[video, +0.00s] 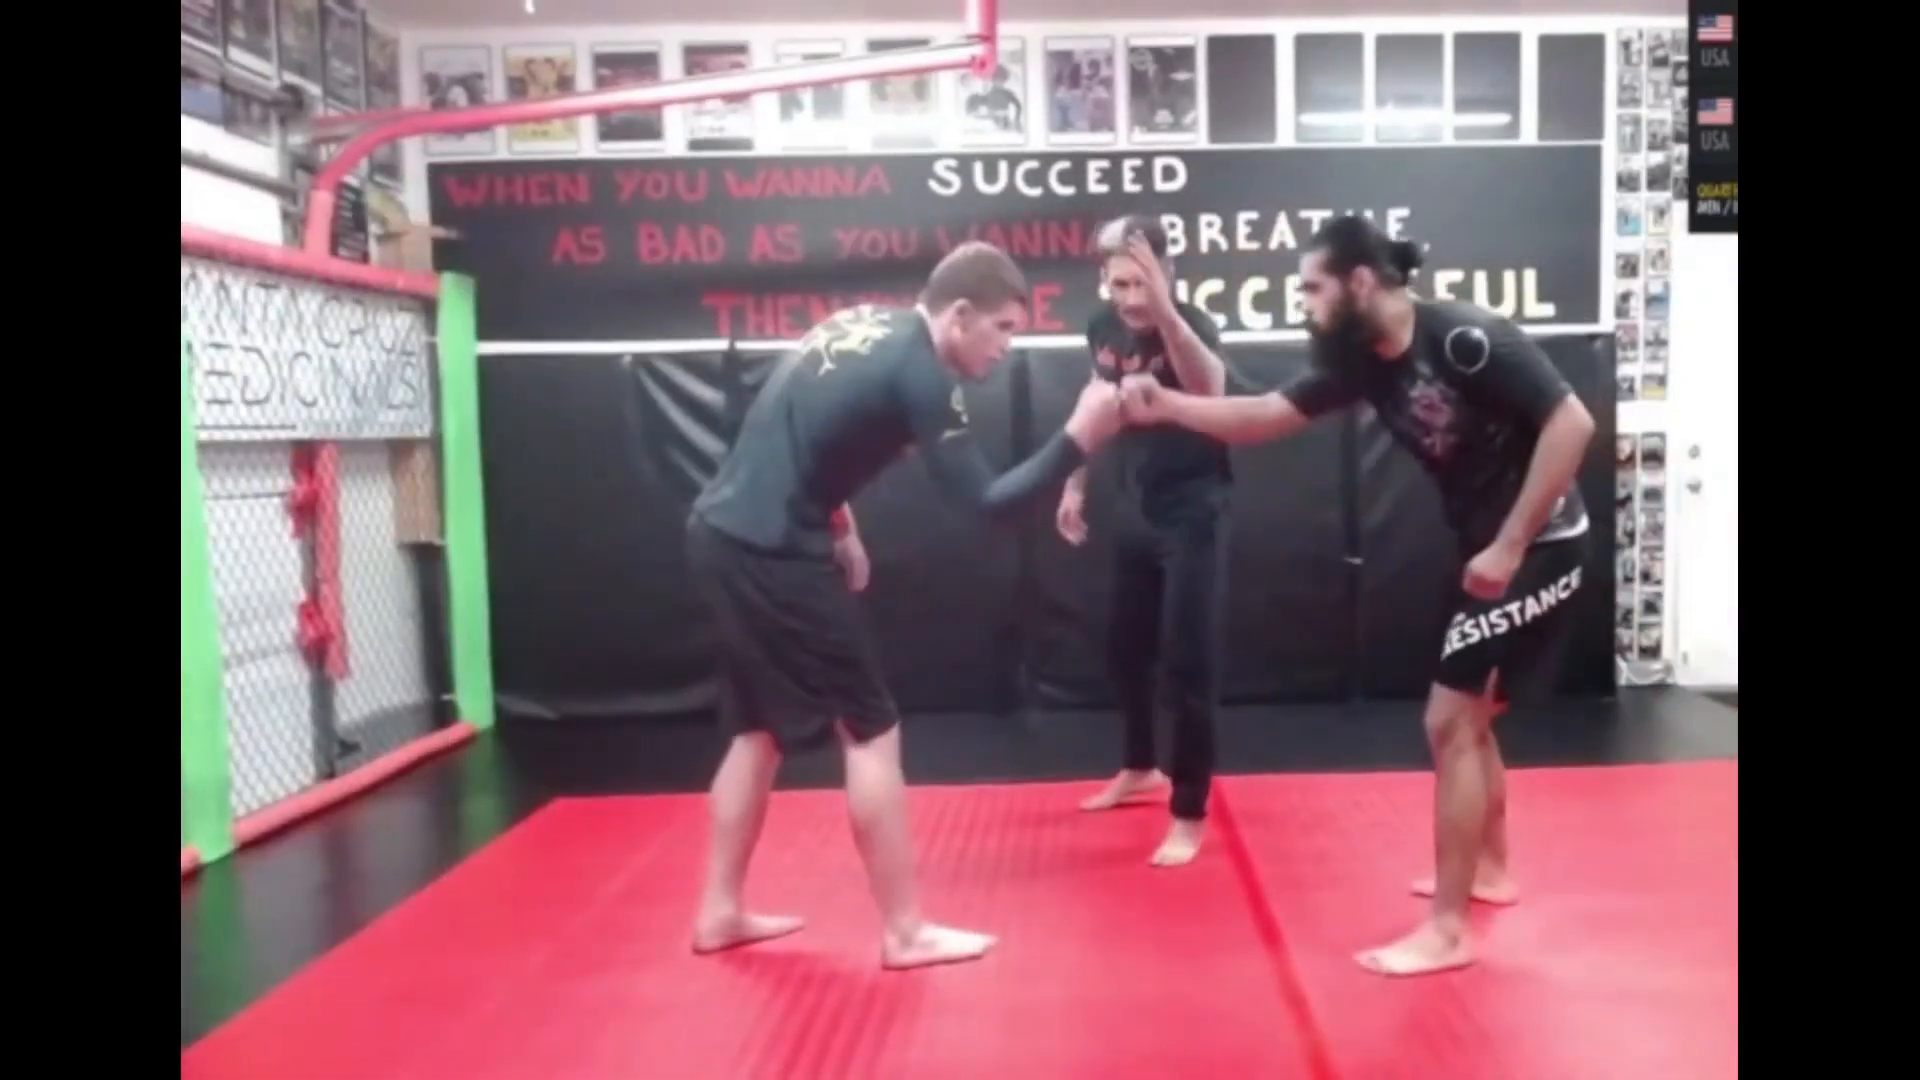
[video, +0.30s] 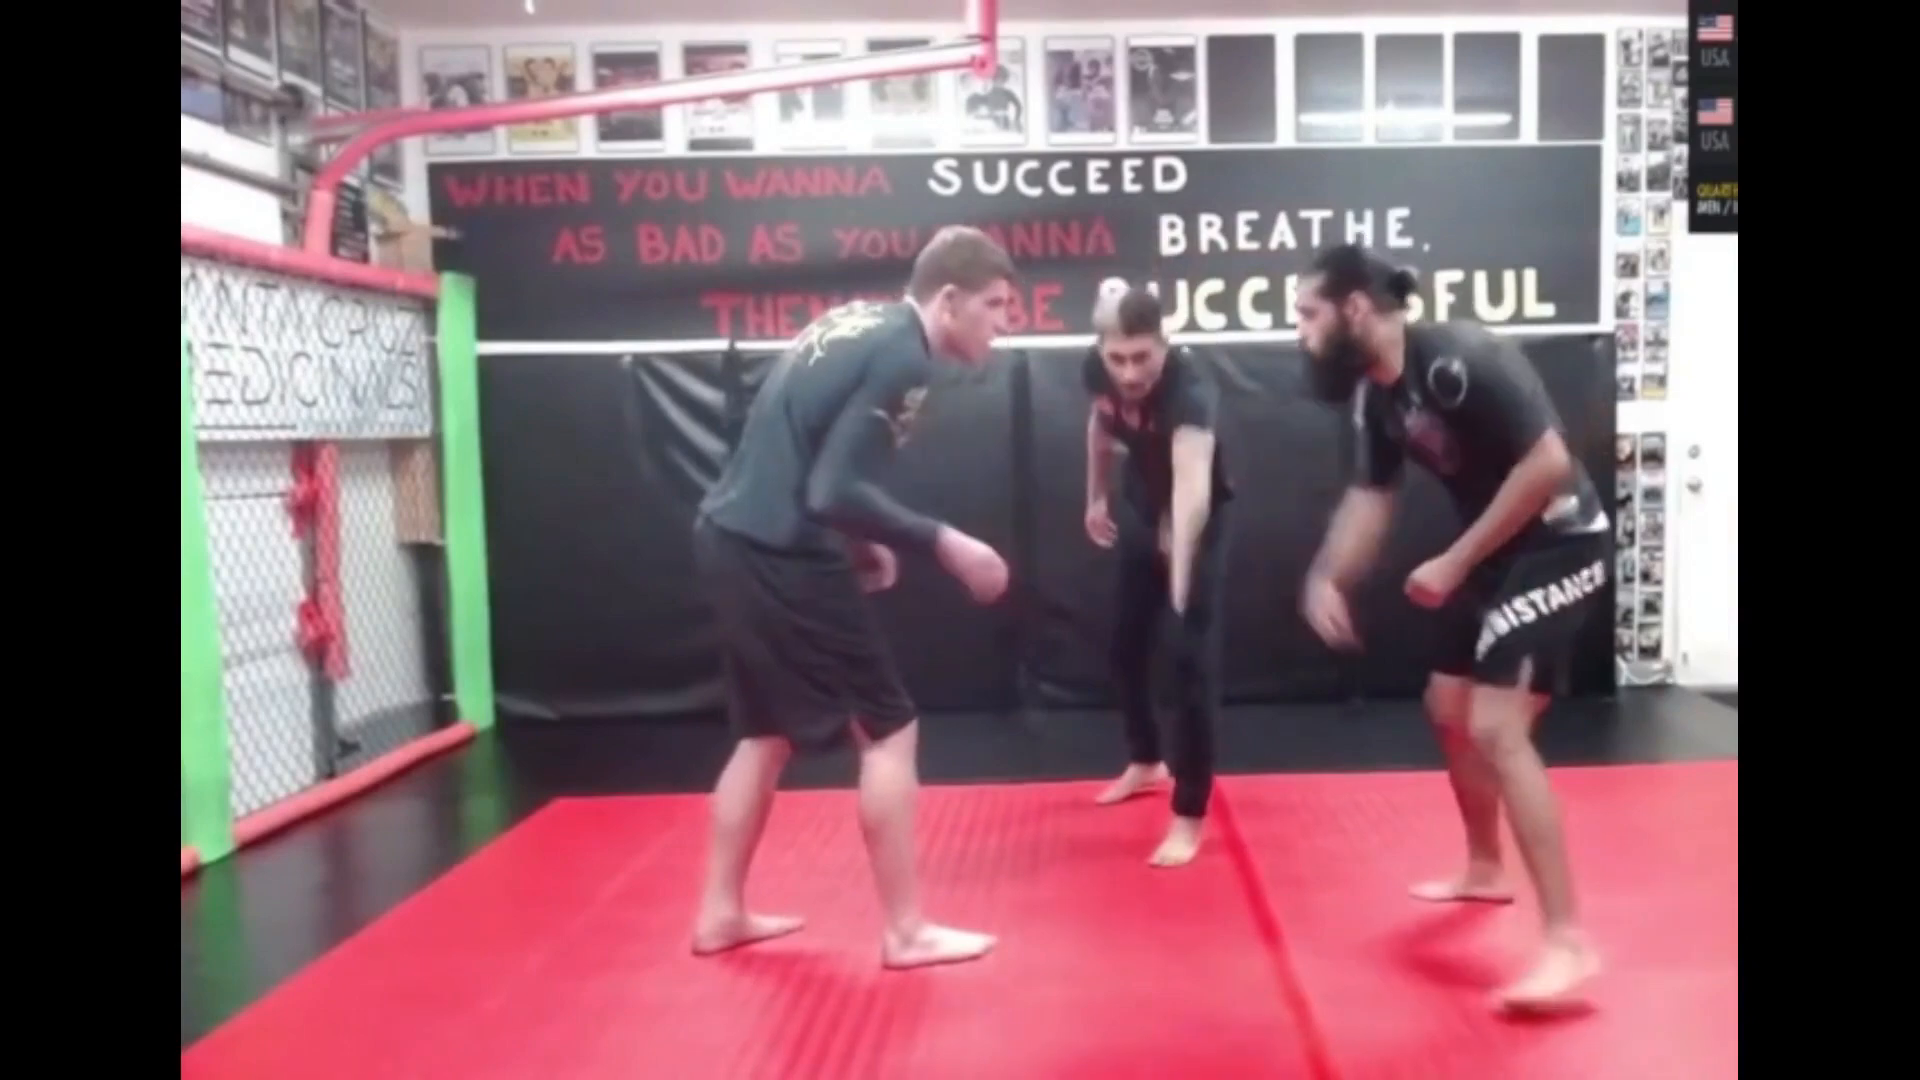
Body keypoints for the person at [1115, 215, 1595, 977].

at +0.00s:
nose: (1305, 305)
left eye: (1315, 289)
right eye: (1303, 290)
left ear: (1364, 283)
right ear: (1358, 287)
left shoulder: (1465, 339)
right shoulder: (1361, 360)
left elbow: (1572, 423)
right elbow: (1265, 416)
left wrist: (1510, 543)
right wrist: (1161, 403)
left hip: (1543, 544)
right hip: (1489, 546)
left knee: (1450, 720)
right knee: (1468, 717)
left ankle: (1448, 928)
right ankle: (1491, 868)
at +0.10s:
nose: (1308, 298)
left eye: (1318, 281)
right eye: (1307, 282)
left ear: (1369, 276)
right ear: (1360, 281)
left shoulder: (1468, 334)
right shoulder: (1366, 358)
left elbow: (1566, 422)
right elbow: (1283, 420)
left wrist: (1501, 538)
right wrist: (1194, 440)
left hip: (1547, 535)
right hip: (1496, 539)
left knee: (1466, 716)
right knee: (1478, 712)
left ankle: (1457, 924)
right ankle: (1494, 869)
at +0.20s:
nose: (1303, 321)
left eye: (1311, 303)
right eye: (1301, 305)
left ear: (1362, 297)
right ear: (1355, 302)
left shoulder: (1464, 348)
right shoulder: (1377, 383)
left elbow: (1551, 448)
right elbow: (1352, 478)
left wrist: (1468, 551)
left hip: (1558, 536)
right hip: (1494, 542)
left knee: (1487, 720)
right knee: (1452, 706)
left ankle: (1549, 932)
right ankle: (1488, 867)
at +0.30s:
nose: (1302, 332)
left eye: (1310, 315)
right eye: (1300, 316)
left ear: (1358, 306)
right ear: (1355, 310)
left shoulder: (1463, 355)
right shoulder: (1378, 394)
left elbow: (1550, 464)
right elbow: (1370, 497)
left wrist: (1455, 559)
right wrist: (1327, 575)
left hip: (1561, 542)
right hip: (1493, 547)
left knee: (1496, 728)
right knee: (1448, 705)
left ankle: (1566, 940)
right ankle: (1486, 868)